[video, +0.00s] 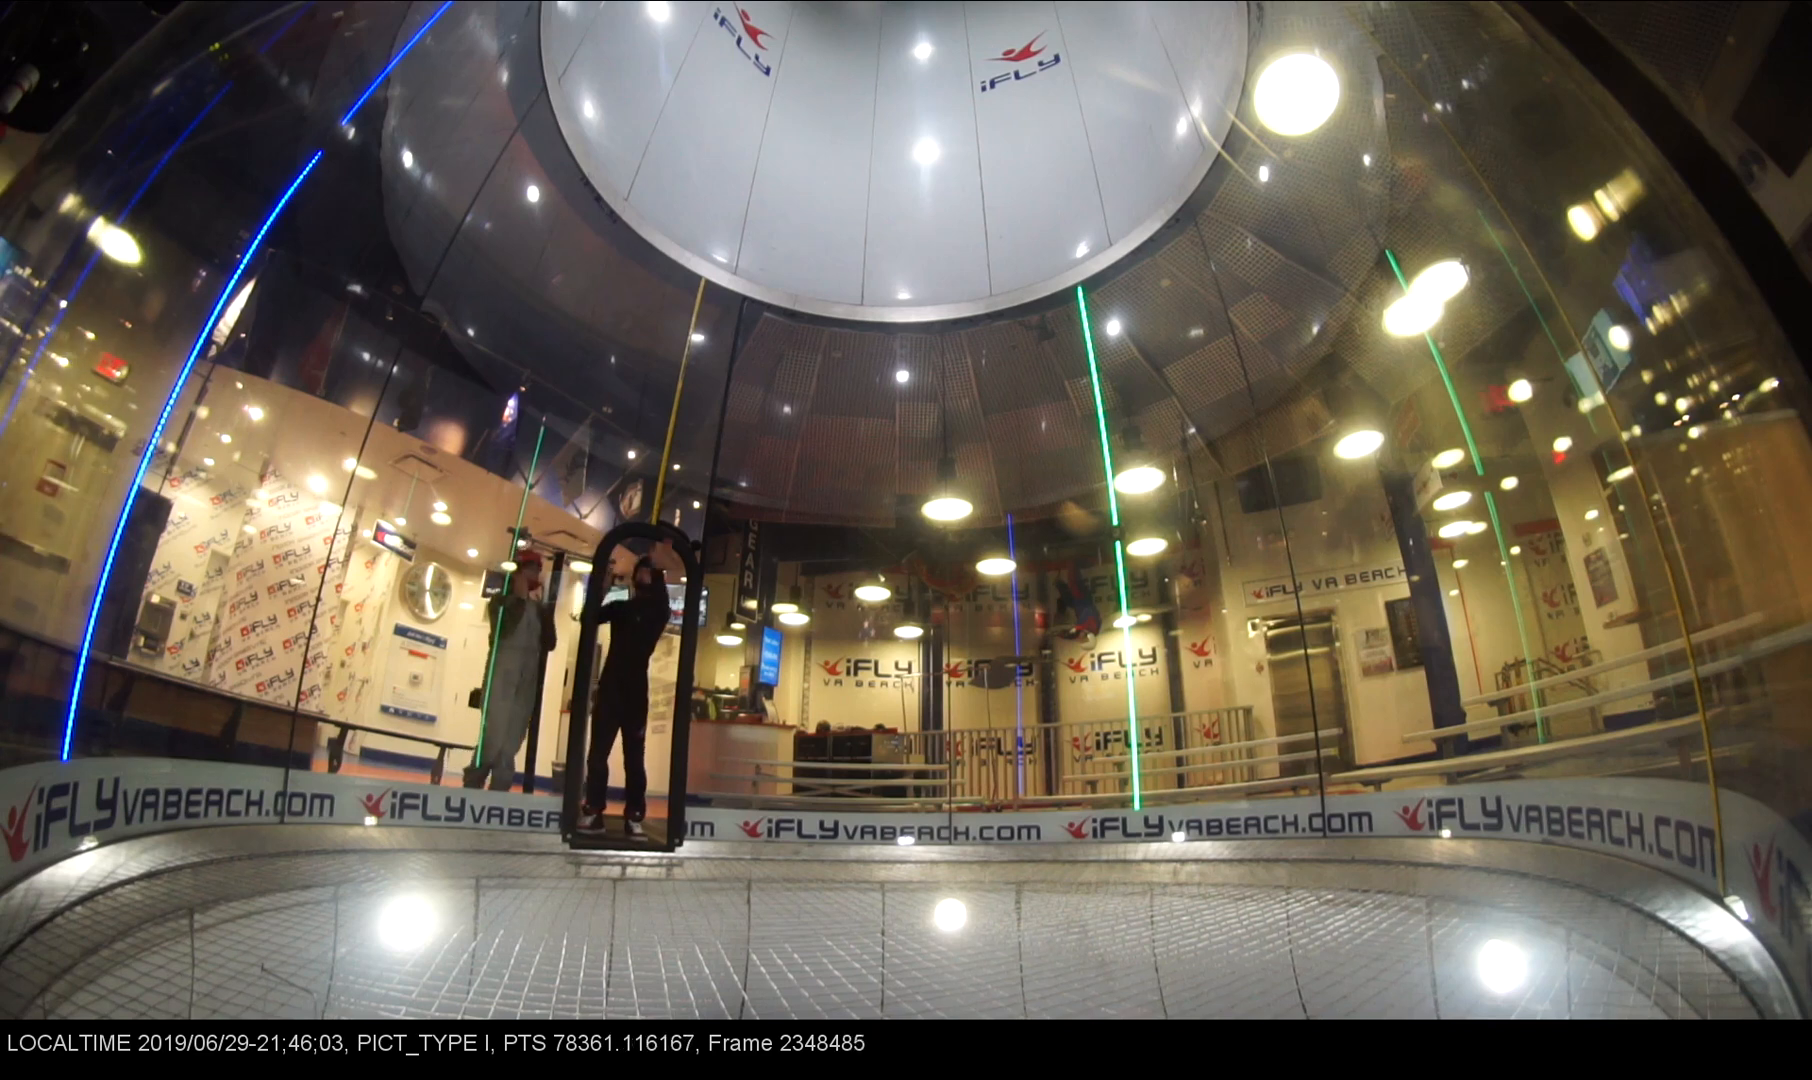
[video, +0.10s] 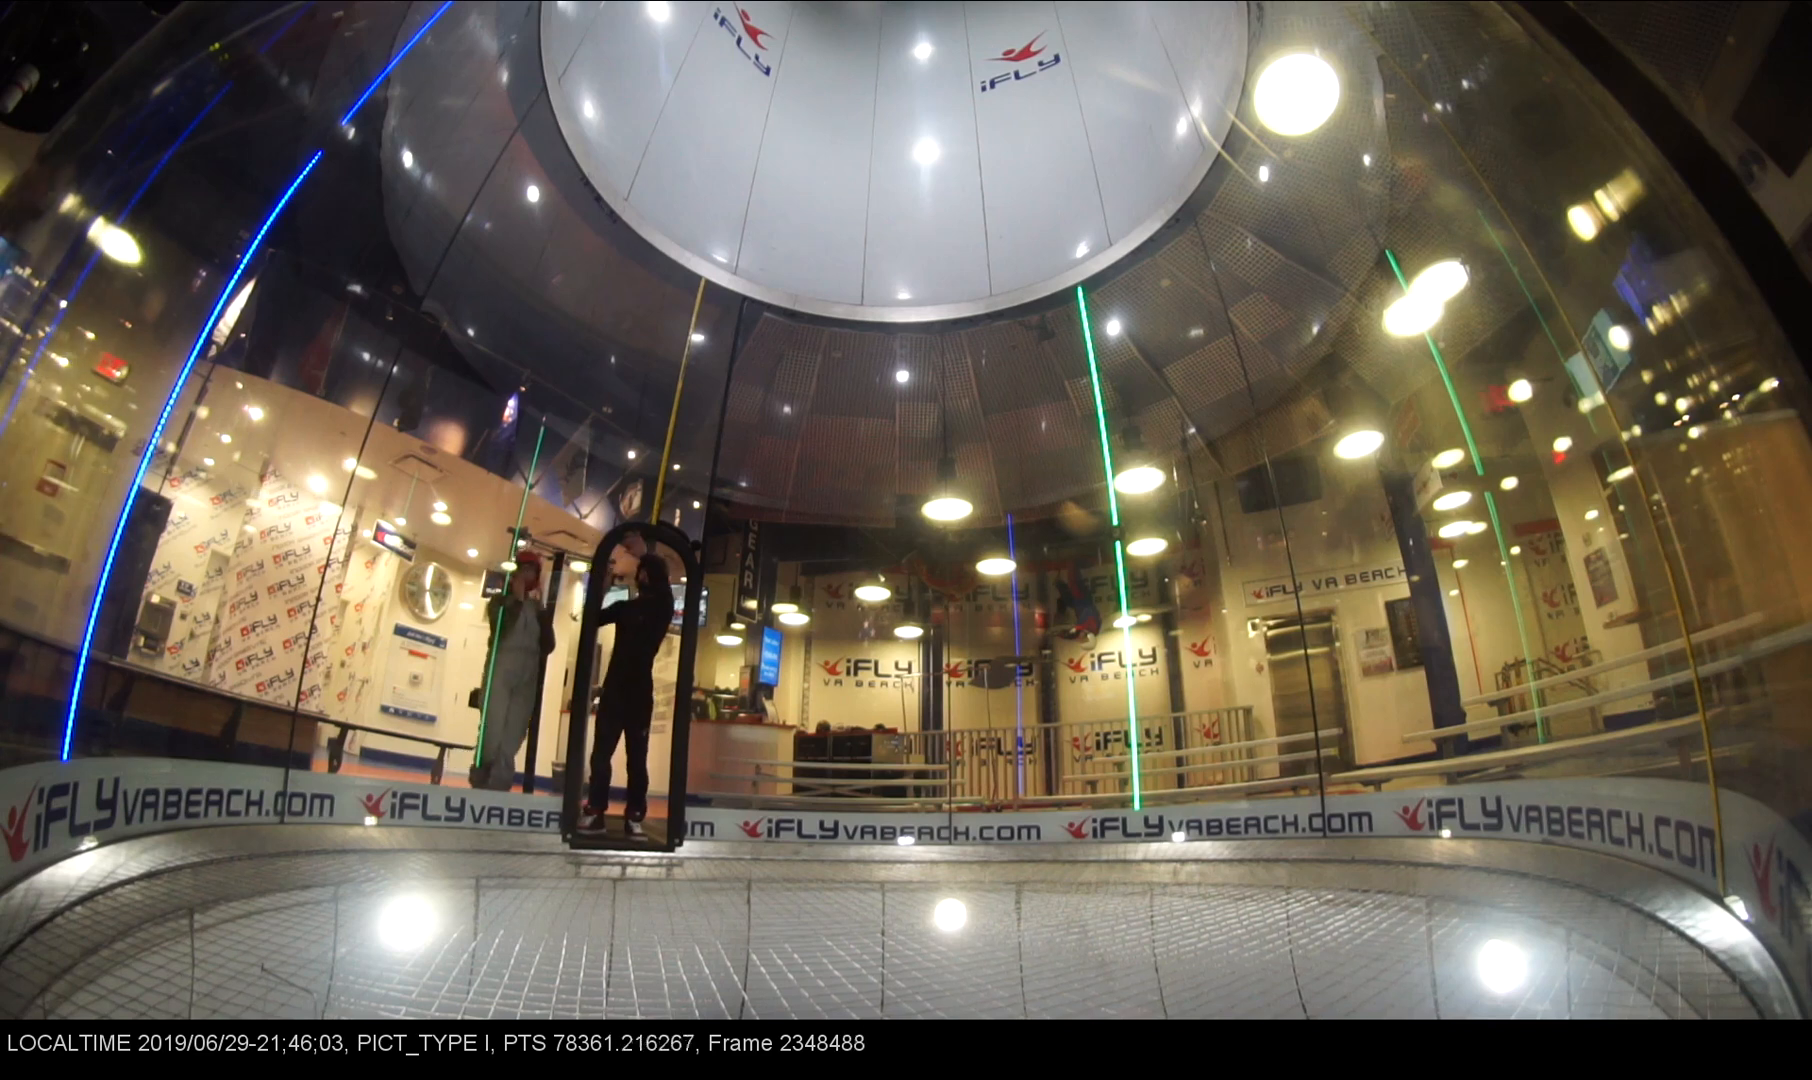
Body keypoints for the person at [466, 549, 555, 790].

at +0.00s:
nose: (536, 576)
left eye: (538, 572)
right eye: (531, 571)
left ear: (539, 577)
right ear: (517, 572)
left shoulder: (539, 609)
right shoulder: (501, 601)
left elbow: (549, 644)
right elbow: (502, 631)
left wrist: (546, 613)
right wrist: (519, 600)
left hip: (529, 675)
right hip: (503, 671)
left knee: (515, 732)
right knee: (495, 728)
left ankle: (501, 786)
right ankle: (473, 781)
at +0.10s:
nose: (528, 578)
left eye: (533, 574)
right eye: (524, 572)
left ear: (538, 579)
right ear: (514, 575)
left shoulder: (539, 609)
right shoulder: (500, 601)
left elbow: (548, 646)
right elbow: (499, 629)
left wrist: (543, 616)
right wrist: (516, 600)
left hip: (530, 669)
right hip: (502, 664)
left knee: (516, 727)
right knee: (495, 720)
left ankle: (501, 783)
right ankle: (482, 776)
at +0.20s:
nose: (525, 574)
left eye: (530, 570)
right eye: (522, 568)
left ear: (536, 577)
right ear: (513, 571)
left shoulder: (538, 609)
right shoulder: (499, 602)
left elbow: (546, 648)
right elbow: (493, 629)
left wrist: (542, 619)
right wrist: (509, 604)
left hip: (527, 665)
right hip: (500, 662)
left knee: (515, 726)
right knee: (492, 722)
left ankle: (500, 784)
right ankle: (481, 781)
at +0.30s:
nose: (520, 575)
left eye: (526, 572)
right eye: (518, 569)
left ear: (533, 579)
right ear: (510, 572)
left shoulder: (537, 611)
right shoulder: (497, 603)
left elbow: (543, 648)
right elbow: (488, 633)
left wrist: (538, 620)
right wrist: (502, 605)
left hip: (523, 667)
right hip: (496, 663)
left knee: (512, 726)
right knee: (490, 720)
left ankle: (499, 783)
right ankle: (480, 778)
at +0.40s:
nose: (519, 579)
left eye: (524, 575)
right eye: (516, 572)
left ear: (530, 581)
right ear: (507, 575)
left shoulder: (532, 611)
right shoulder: (493, 604)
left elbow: (539, 649)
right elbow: (484, 635)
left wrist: (534, 620)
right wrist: (499, 607)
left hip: (519, 671)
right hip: (492, 667)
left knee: (509, 728)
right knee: (489, 722)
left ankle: (499, 783)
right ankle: (481, 779)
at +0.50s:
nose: (518, 578)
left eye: (523, 574)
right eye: (515, 572)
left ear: (528, 581)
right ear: (506, 574)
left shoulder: (530, 610)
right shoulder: (490, 605)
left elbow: (538, 648)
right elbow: (479, 640)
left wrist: (531, 621)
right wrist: (495, 611)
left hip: (518, 671)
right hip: (490, 667)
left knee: (508, 729)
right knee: (487, 725)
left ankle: (501, 785)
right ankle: (481, 780)